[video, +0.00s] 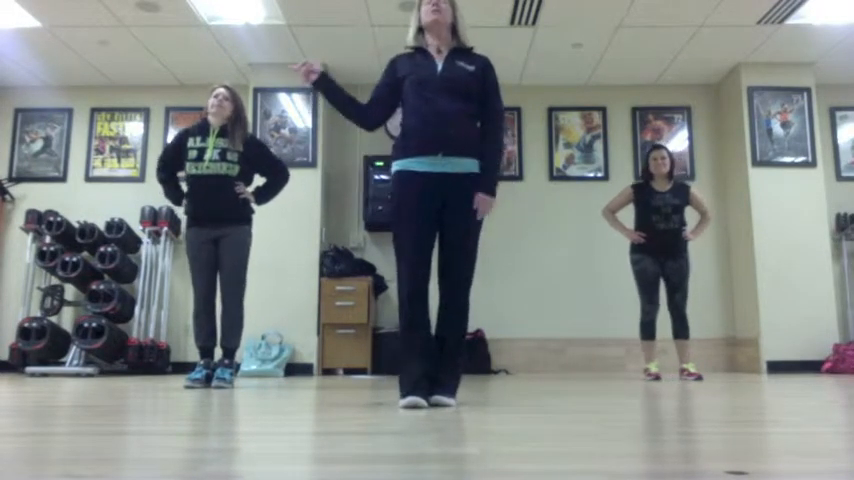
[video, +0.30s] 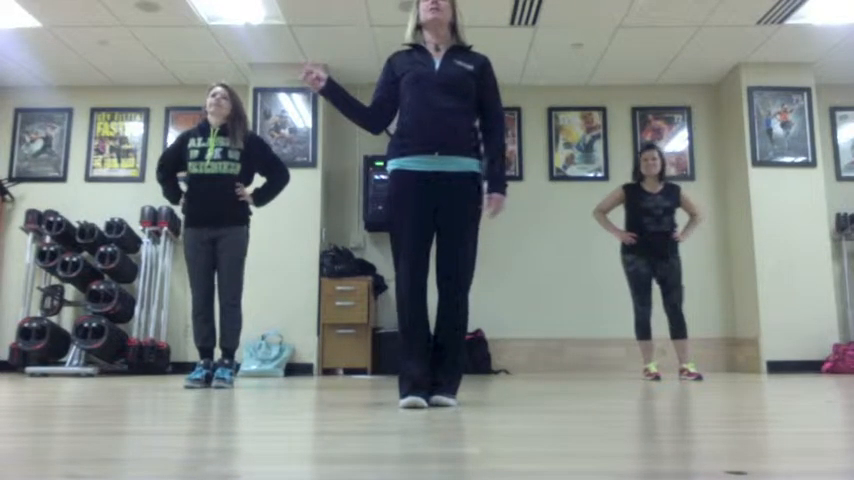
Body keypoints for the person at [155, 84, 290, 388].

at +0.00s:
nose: (218, 101)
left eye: (225, 99)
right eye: (214, 96)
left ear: (234, 110)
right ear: (206, 104)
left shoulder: (246, 143)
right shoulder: (189, 137)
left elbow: (281, 173)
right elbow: (164, 169)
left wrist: (257, 196)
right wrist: (180, 198)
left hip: (235, 226)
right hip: (198, 225)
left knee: (232, 293)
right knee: (202, 294)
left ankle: (227, 362)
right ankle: (205, 361)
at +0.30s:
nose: (216, 99)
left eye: (223, 97)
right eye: (212, 95)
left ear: (233, 107)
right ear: (205, 104)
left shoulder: (248, 142)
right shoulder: (190, 139)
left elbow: (281, 174)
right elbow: (163, 169)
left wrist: (257, 196)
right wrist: (178, 197)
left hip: (232, 227)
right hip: (196, 226)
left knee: (229, 295)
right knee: (200, 296)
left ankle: (227, 363)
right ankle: (205, 362)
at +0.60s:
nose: (215, 100)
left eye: (222, 98)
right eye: (211, 96)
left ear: (232, 108)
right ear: (203, 105)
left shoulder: (247, 142)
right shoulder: (189, 140)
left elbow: (280, 174)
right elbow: (160, 170)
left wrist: (256, 197)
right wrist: (175, 198)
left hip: (231, 226)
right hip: (195, 226)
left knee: (227, 294)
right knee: (199, 295)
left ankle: (226, 362)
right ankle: (205, 362)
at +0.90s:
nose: (214, 100)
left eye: (221, 97)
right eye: (210, 96)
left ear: (231, 107)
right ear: (202, 104)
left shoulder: (246, 142)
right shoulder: (187, 140)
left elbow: (280, 174)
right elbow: (159, 171)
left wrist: (256, 196)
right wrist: (175, 200)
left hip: (232, 227)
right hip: (195, 226)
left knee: (229, 295)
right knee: (200, 296)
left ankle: (227, 362)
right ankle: (205, 361)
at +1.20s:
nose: (213, 100)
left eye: (220, 97)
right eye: (209, 96)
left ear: (230, 107)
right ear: (202, 104)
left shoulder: (245, 142)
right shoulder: (187, 140)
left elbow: (280, 174)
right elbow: (159, 171)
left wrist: (256, 196)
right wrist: (175, 200)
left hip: (232, 227)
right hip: (196, 226)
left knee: (229, 296)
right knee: (200, 297)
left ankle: (227, 362)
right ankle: (205, 361)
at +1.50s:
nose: (214, 101)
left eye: (221, 98)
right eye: (210, 97)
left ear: (231, 107)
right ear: (203, 105)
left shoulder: (246, 143)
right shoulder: (188, 140)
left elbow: (281, 175)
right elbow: (159, 172)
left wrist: (257, 196)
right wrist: (175, 199)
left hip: (233, 227)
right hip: (196, 227)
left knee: (230, 296)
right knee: (201, 297)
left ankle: (227, 362)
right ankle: (205, 362)